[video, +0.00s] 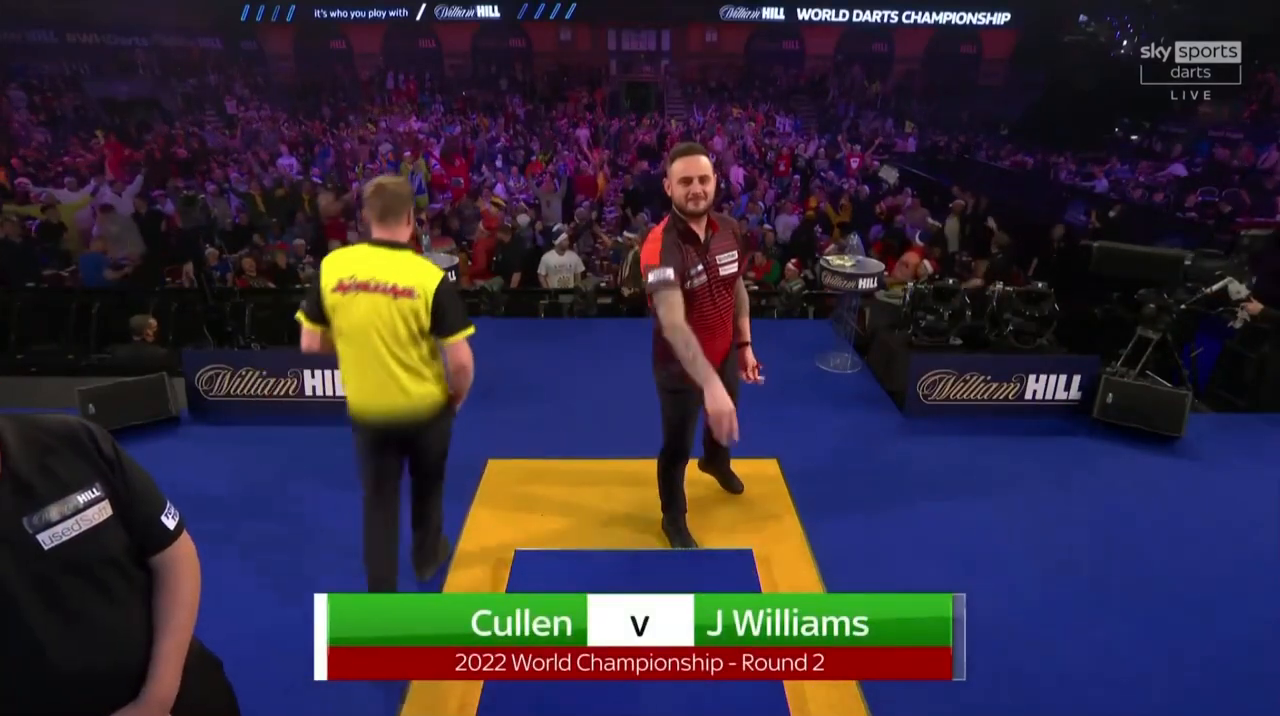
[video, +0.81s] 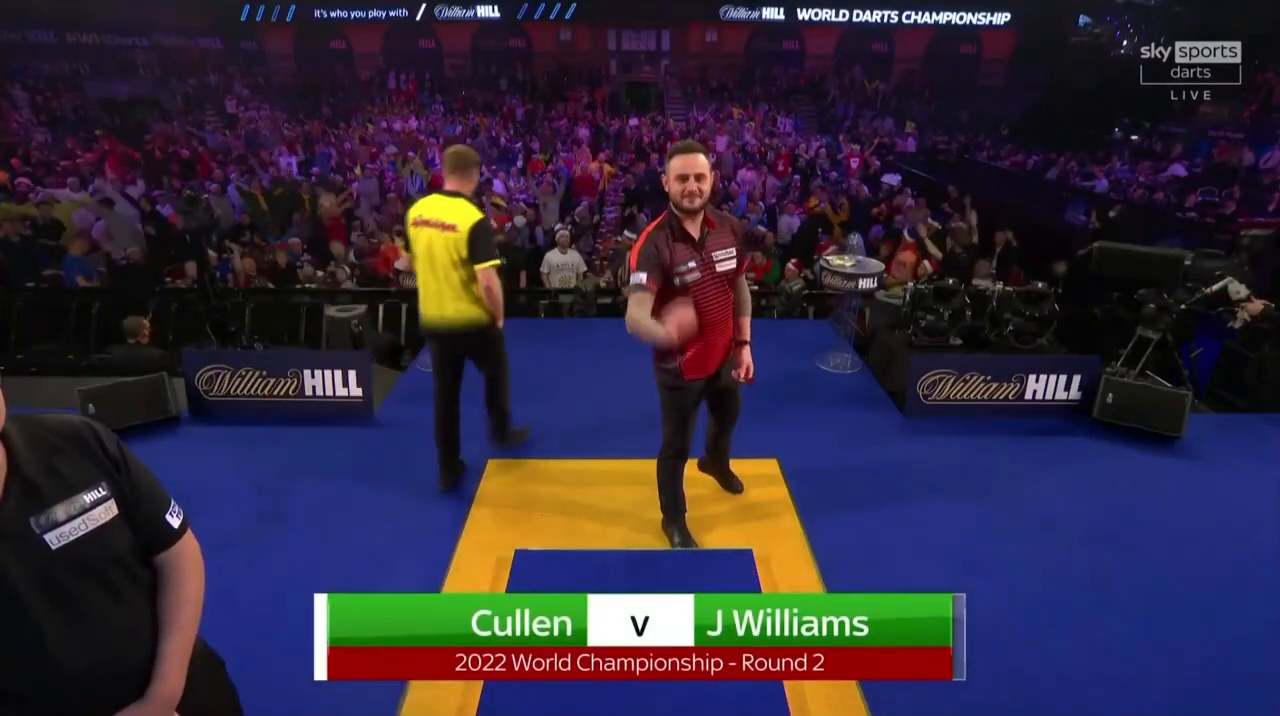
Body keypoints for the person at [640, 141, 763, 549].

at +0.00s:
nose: (696, 188)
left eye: (703, 179)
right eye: (685, 181)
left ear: (714, 182)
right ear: (669, 188)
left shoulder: (728, 230)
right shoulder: (661, 245)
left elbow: (737, 288)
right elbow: (673, 325)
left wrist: (745, 344)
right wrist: (710, 385)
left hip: (724, 352)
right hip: (681, 359)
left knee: (724, 413)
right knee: (677, 446)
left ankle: (715, 459)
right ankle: (674, 516)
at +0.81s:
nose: (692, 186)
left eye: (699, 177)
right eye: (682, 178)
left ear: (711, 182)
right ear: (666, 184)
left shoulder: (727, 228)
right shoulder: (653, 243)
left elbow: (740, 285)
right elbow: (636, 315)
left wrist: (745, 343)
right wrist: (665, 335)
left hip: (722, 355)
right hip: (679, 365)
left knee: (728, 409)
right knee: (677, 447)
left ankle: (715, 460)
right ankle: (673, 520)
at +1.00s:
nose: (687, 185)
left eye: (695, 176)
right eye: (677, 177)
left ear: (707, 180)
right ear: (663, 185)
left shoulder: (725, 226)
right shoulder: (652, 237)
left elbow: (740, 284)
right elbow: (633, 303)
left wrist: (745, 342)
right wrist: (653, 265)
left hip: (724, 352)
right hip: (681, 361)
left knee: (730, 410)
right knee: (677, 446)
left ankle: (715, 460)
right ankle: (674, 520)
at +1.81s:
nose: (695, 185)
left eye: (702, 176)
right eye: (684, 178)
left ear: (713, 180)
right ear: (667, 186)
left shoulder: (725, 228)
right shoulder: (660, 241)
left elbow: (737, 289)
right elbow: (670, 285)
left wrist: (745, 346)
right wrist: (673, 307)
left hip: (724, 354)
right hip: (683, 361)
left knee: (728, 412)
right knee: (678, 447)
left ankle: (719, 457)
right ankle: (674, 520)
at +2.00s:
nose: (697, 188)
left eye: (704, 178)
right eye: (686, 181)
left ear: (714, 181)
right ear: (669, 187)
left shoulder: (726, 229)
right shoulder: (661, 243)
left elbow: (737, 287)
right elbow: (674, 312)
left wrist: (743, 345)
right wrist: (696, 369)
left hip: (722, 355)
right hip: (679, 363)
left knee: (723, 415)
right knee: (677, 445)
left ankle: (713, 462)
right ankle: (674, 520)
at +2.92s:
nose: (693, 188)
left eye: (701, 179)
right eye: (683, 180)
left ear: (713, 183)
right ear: (667, 187)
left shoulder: (729, 229)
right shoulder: (657, 242)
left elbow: (743, 289)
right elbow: (636, 310)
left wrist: (747, 347)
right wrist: (659, 316)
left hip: (724, 354)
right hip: (680, 364)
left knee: (731, 416)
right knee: (679, 445)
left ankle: (714, 462)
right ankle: (674, 520)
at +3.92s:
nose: (711, 194)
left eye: (718, 184)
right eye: (699, 187)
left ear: (729, 187)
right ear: (681, 193)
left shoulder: (741, 238)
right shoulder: (673, 249)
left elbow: (747, 300)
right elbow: (686, 311)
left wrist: (763, 362)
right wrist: (712, 360)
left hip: (736, 363)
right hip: (689, 368)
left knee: (757, 448)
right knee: (682, 456)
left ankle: (730, 501)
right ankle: (674, 520)